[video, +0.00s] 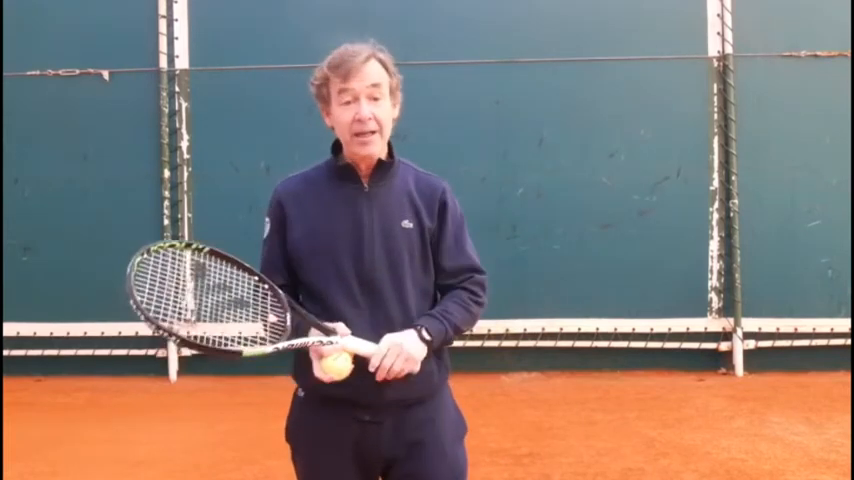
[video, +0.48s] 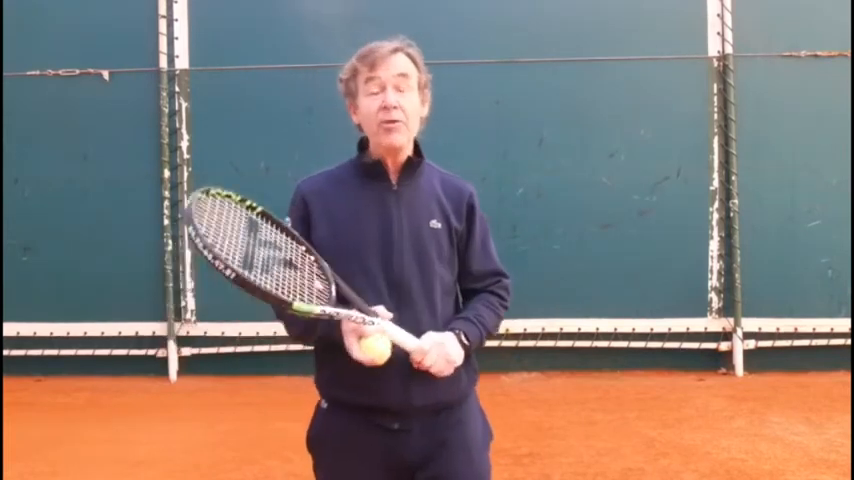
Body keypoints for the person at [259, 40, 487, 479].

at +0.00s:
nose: (364, 112)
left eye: (374, 98)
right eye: (348, 101)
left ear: (394, 106)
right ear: (328, 113)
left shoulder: (432, 196)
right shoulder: (292, 200)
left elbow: (469, 287)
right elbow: (274, 298)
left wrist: (422, 336)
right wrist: (313, 337)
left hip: (423, 417)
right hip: (328, 419)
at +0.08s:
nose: (365, 111)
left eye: (376, 96)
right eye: (350, 99)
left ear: (397, 105)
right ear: (330, 112)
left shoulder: (435, 195)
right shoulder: (292, 199)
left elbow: (472, 286)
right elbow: (276, 299)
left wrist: (427, 336)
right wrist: (316, 338)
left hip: (425, 418)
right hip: (329, 421)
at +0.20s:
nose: (371, 106)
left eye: (382, 92)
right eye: (356, 95)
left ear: (402, 103)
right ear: (336, 110)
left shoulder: (439, 194)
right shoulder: (297, 198)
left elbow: (479, 285)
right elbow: (278, 298)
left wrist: (436, 338)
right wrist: (322, 338)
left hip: (430, 419)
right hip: (334, 421)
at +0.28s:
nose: (376, 104)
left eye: (387, 90)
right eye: (361, 93)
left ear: (408, 102)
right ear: (341, 110)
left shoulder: (444, 195)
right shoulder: (301, 198)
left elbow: (483, 286)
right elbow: (280, 295)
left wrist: (442, 332)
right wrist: (328, 329)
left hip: (435, 421)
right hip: (339, 423)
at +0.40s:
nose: (384, 102)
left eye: (396, 88)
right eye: (368, 91)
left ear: (416, 102)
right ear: (348, 109)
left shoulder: (451, 196)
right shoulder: (308, 199)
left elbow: (488, 286)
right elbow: (285, 307)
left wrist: (450, 329)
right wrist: (333, 322)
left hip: (444, 423)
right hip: (347, 426)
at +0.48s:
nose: (389, 101)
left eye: (402, 87)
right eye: (374, 90)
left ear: (423, 103)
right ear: (354, 109)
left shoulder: (456, 197)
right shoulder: (315, 198)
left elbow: (492, 288)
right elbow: (290, 307)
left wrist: (459, 337)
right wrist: (340, 327)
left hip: (449, 424)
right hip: (351, 427)